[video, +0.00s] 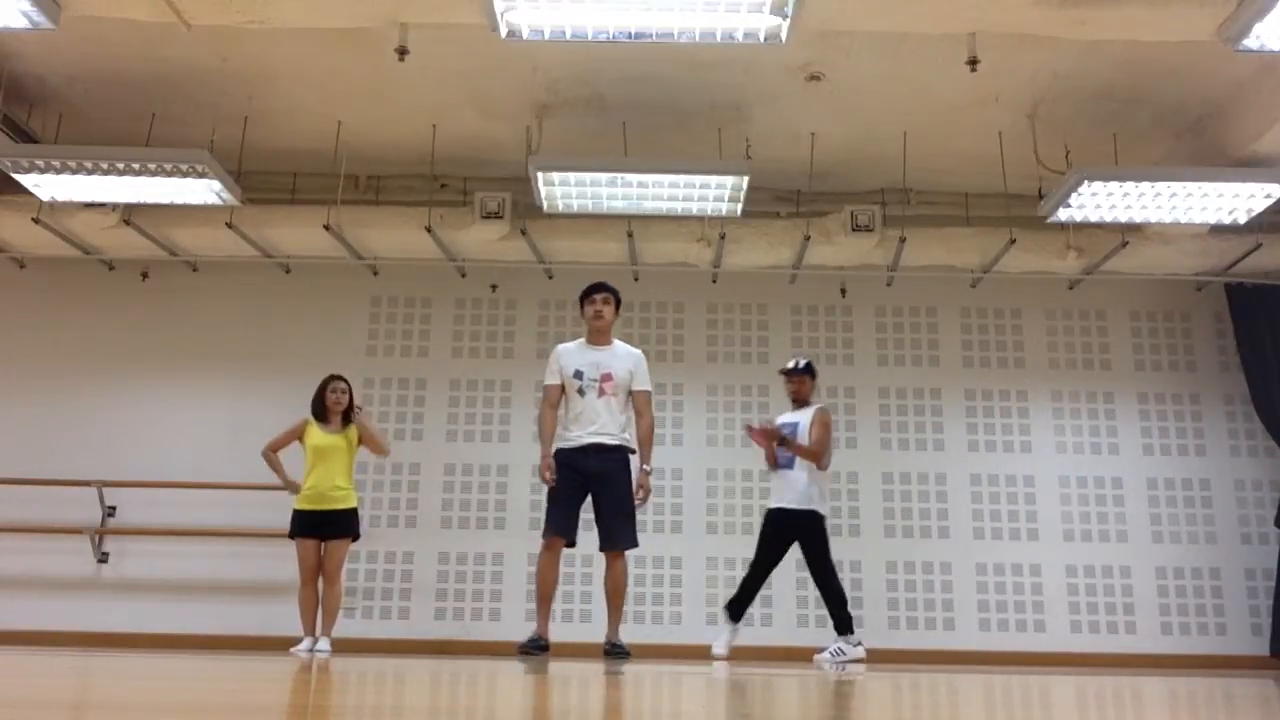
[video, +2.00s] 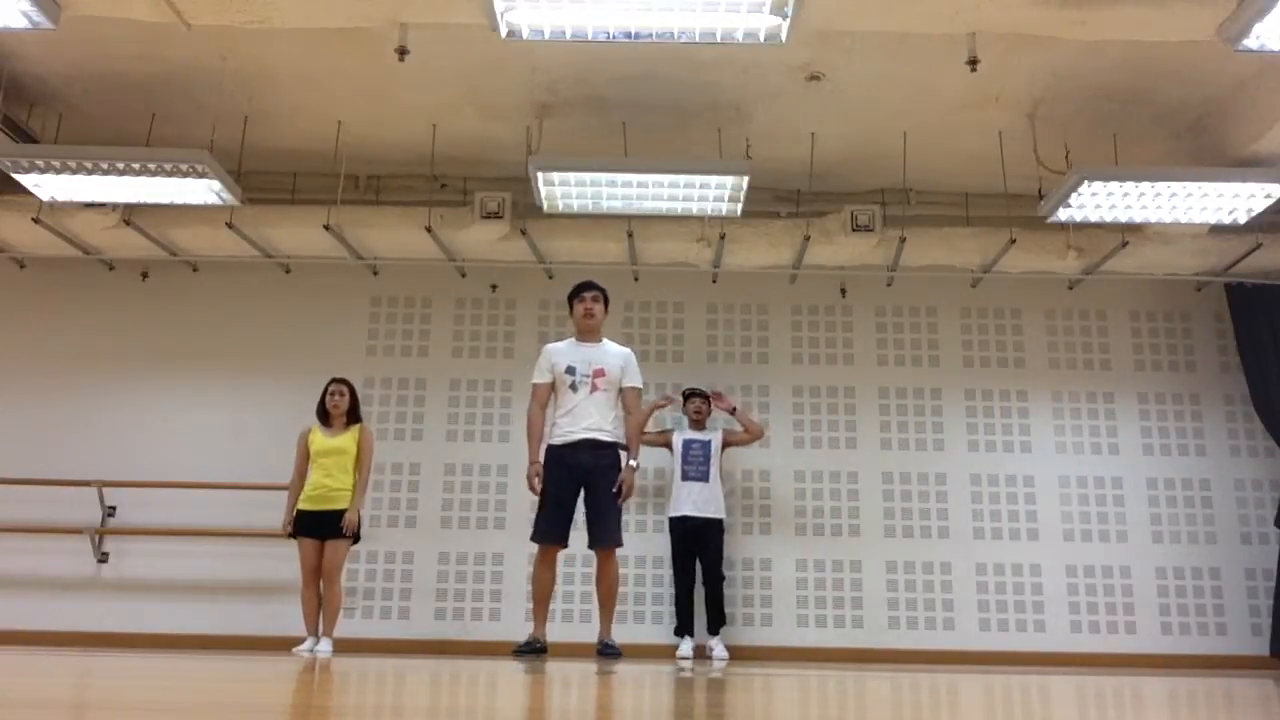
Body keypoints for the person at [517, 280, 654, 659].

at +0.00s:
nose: (598, 309)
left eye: (605, 304)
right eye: (592, 304)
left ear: (616, 312)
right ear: (582, 311)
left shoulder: (633, 358)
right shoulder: (562, 353)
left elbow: (644, 414)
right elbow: (550, 406)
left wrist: (644, 469)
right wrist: (546, 453)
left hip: (614, 459)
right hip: (569, 457)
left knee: (615, 550)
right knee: (552, 542)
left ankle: (614, 635)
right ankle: (541, 632)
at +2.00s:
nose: (589, 306)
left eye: (595, 301)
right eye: (582, 301)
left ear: (606, 311)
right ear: (571, 311)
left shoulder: (623, 356)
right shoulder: (552, 352)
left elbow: (633, 412)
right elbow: (537, 406)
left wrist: (632, 464)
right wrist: (534, 459)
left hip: (606, 456)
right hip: (561, 455)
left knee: (606, 548)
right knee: (548, 547)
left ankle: (606, 636)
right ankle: (537, 635)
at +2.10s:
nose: (592, 307)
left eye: (599, 302)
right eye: (586, 302)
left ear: (609, 311)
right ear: (575, 312)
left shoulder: (627, 358)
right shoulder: (557, 354)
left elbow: (639, 413)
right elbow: (543, 411)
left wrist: (636, 467)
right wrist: (541, 464)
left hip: (609, 458)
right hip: (565, 457)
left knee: (609, 550)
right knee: (548, 547)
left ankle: (606, 636)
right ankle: (537, 634)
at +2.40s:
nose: (593, 307)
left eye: (600, 302)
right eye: (587, 302)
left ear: (610, 311)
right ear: (576, 311)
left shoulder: (628, 356)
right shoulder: (557, 353)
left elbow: (639, 410)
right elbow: (543, 410)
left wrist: (638, 459)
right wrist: (541, 460)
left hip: (608, 455)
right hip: (563, 454)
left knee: (606, 549)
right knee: (550, 546)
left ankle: (605, 636)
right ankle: (540, 634)